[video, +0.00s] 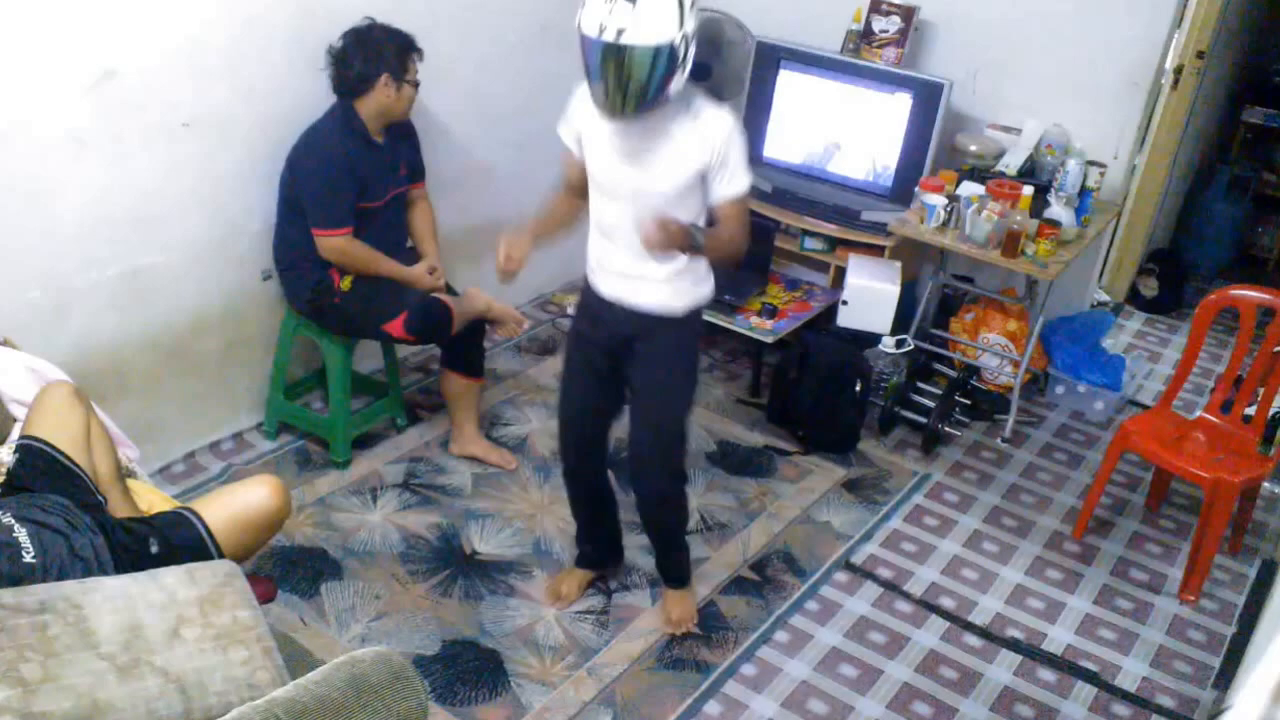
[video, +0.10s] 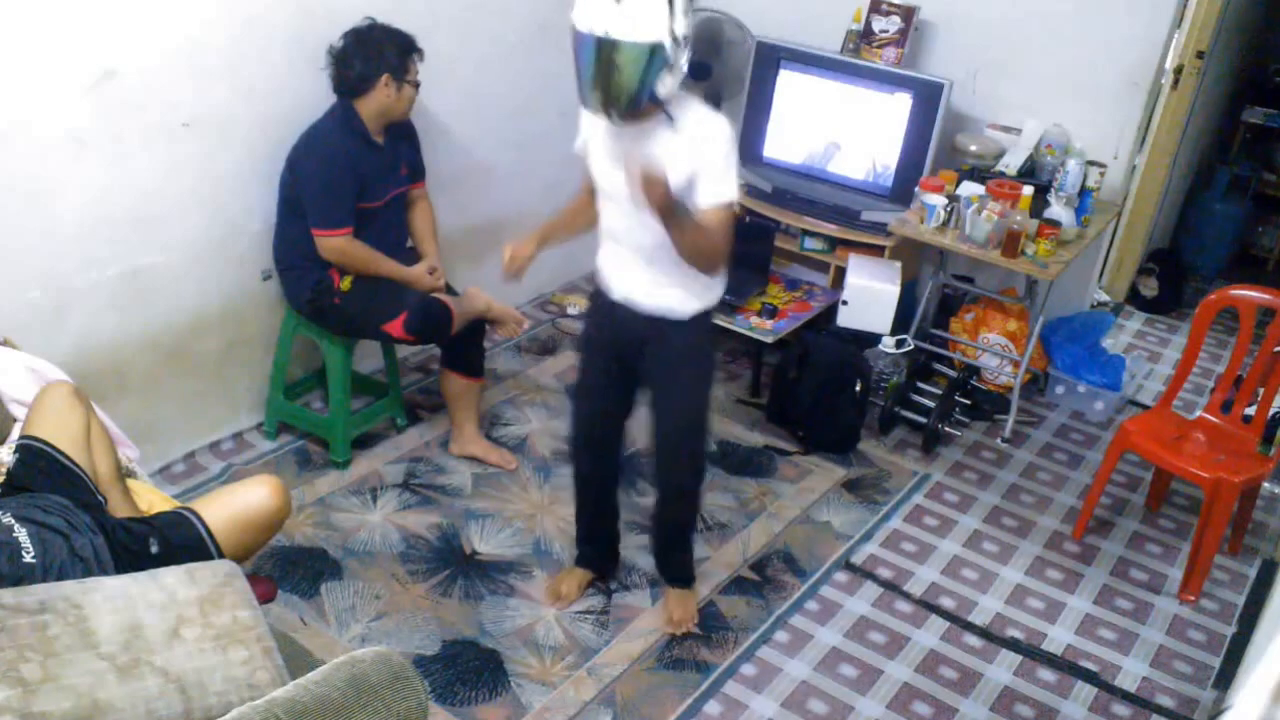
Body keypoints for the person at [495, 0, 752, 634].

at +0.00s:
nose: (616, 77)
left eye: (635, 63)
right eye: (605, 59)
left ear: (674, 58)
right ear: (593, 49)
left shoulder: (714, 127)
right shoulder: (589, 104)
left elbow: (735, 238)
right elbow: (574, 191)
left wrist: (690, 237)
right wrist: (528, 235)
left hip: (670, 319)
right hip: (599, 304)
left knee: (652, 462)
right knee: (579, 446)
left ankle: (676, 579)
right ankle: (596, 558)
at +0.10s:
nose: (606, 73)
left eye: (624, 60)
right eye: (598, 57)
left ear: (663, 62)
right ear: (591, 55)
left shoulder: (705, 131)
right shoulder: (598, 118)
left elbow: (714, 254)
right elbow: (593, 202)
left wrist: (669, 212)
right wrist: (538, 238)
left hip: (682, 321)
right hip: (612, 307)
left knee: (680, 458)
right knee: (593, 441)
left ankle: (677, 575)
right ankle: (593, 561)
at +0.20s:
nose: (594, 59)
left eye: (600, 44)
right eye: (590, 47)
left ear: (636, 37)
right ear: (603, 47)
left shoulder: (699, 91)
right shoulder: (630, 89)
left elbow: (663, 211)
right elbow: (625, 154)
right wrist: (555, 158)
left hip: (705, 289)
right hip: (640, 278)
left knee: (708, 434)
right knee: (613, 420)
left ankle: (721, 564)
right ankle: (622, 546)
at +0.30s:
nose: (591, 51)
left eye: (598, 36)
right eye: (587, 41)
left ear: (643, 29)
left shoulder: (697, 96)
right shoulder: (633, 85)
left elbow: (613, 189)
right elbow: (620, 135)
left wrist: (578, 100)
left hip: (710, 302)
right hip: (647, 290)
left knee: (723, 437)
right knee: (617, 431)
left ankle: (752, 548)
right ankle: (662, 543)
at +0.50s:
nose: (611, 97)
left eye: (621, 82)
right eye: (608, 82)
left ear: (665, 76)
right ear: (663, 77)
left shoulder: (711, 154)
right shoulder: (661, 140)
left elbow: (660, 256)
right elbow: (661, 247)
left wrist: (578, 281)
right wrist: (613, 282)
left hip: (704, 341)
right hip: (644, 332)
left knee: (742, 451)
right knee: (634, 459)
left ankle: (799, 552)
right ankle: (674, 565)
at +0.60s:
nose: (666, 90)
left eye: (680, 82)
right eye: (659, 77)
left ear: (707, 70)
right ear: (648, 58)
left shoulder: (742, 126)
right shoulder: (641, 61)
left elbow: (751, 247)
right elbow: (581, 5)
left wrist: (743, 328)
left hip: (703, 295)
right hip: (644, 285)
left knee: (725, 429)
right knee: (675, 424)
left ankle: (767, 571)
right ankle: (686, 532)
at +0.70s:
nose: (682, 82)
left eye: (702, 75)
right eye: (676, 64)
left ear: (734, 65)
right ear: (663, 38)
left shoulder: (756, 121)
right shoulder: (637, 34)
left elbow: (817, 221)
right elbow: (596, 5)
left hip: (699, 284)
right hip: (642, 272)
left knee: (705, 433)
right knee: (672, 409)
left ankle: (727, 592)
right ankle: (707, 502)